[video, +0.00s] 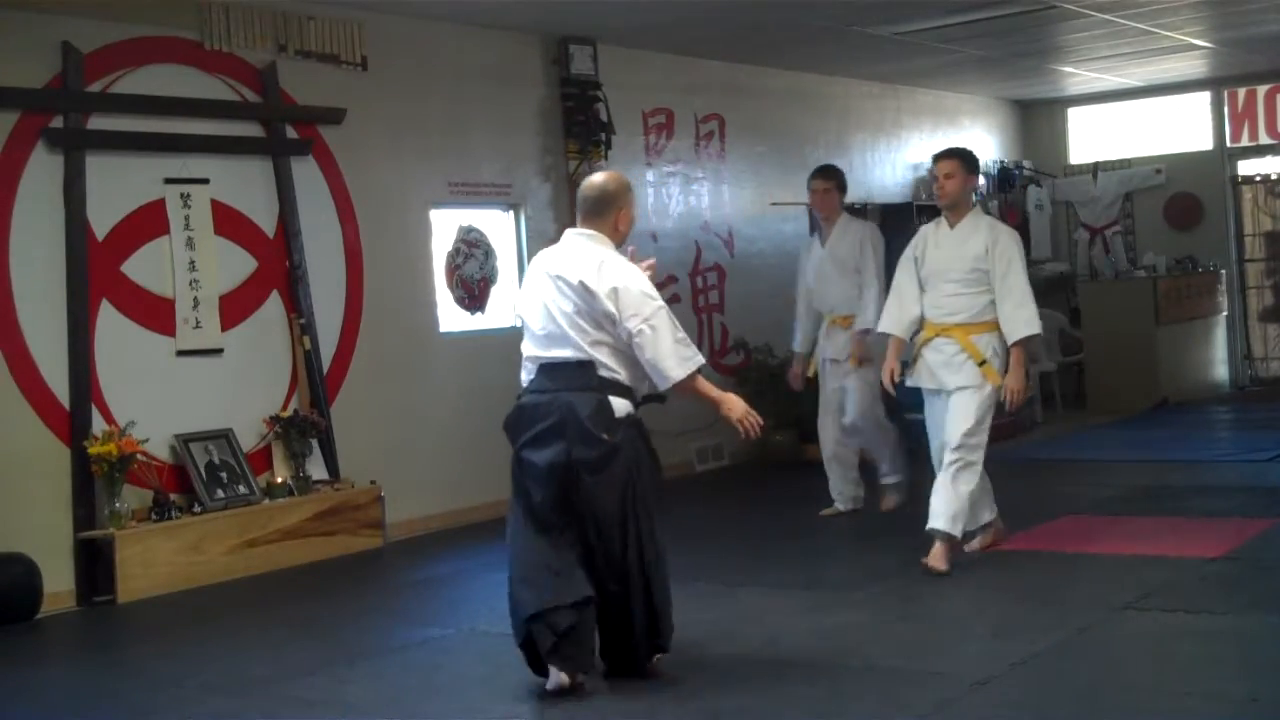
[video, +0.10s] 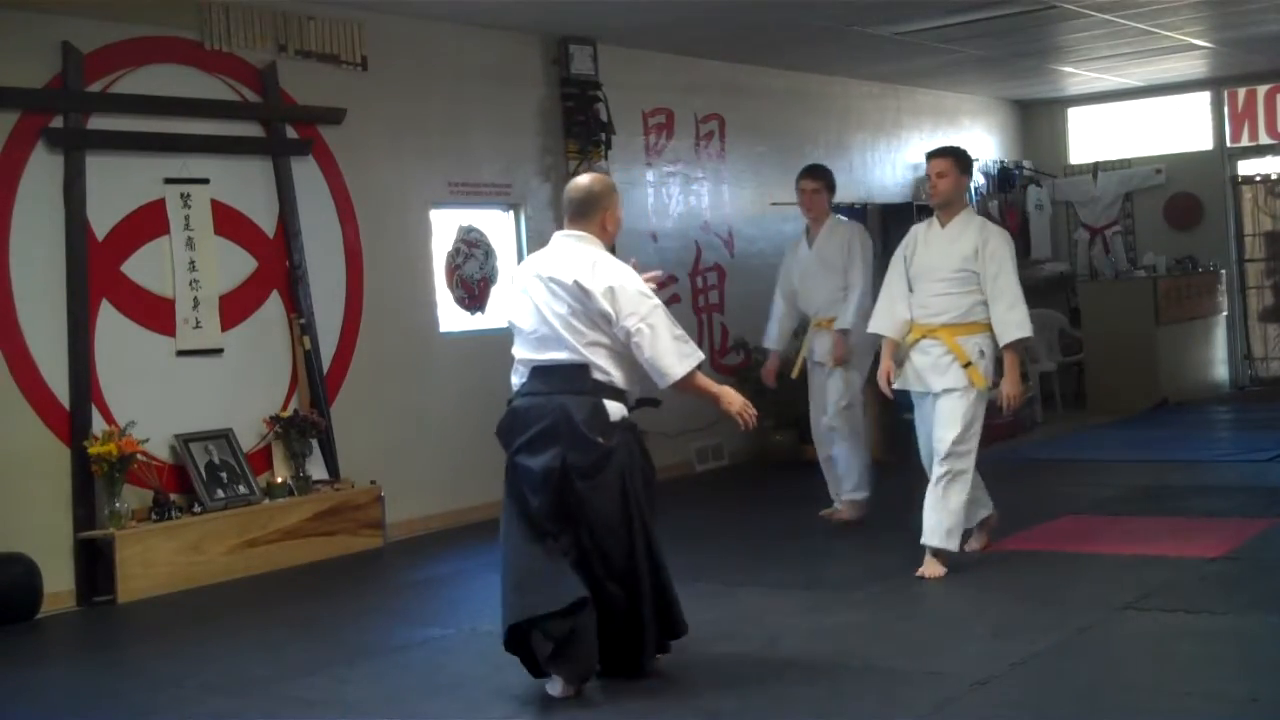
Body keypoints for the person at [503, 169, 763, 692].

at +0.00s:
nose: (633, 221)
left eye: (633, 214)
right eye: (632, 214)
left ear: (576, 212)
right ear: (622, 216)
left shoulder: (540, 263)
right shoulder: (618, 273)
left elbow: (566, 313)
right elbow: (665, 352)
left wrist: (629, 282)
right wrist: (721, 397)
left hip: (537, 410)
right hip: (599, 409)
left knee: (545, 536)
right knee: (621, 529)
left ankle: (560, 660)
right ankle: (631, 654)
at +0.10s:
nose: (619, 222)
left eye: (618, 213)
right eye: (619, 214)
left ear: (564, 215)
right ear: (609, 217)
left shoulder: (525, 269)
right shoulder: (612, 275)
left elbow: (558, 313)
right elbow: (667, 359)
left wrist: (626, 290)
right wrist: (720, 392)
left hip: (528, 415)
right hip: (592, 414)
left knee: (543, 543)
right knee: (611, 533)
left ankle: (561, 669)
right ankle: (627, 651)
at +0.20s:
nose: (610, 218)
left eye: (609, 208)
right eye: (609, 209)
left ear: (555, 214)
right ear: (598, 213)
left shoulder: (515, 267)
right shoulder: (604, 269)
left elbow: (506, 322)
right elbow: (655, 338)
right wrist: (714, 383)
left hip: (522, 412)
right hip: (588, 410)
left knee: (537, 542)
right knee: (612, 531)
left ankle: (558, 670)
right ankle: (631, 650)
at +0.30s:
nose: (606, 213)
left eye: (605, 204)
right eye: (605, 204)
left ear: (548, 211)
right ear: (593, 209)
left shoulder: (514, 266)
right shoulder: (603, 267)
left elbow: (512, 325)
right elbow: (652, 331)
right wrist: (707, 372)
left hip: (520, 411)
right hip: (587, 410)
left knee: (535, 542)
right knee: (613, 531)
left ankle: (559, 670)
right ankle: (629, 647)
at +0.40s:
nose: (607, 213)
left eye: (606, 204)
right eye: (605, 204)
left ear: (547, 210)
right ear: (593, 207)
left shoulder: (517, 266)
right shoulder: (606, 268)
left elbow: (501, 316)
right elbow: (656, 326)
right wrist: (704, 360)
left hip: (522, 414)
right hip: (587, 414)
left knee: (538, 540)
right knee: (621, 531)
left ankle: (559, 669)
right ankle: (650, 644)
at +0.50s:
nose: (611, 211)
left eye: (608, 201)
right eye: (609, 202)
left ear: (555, 210)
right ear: (597, 208)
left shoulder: (519, 266)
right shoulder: (614, 269)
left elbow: (500, 312)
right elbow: (665, 328)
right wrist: (709, 355)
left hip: (525, 415)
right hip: (591, 416)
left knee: (538, 539)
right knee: (630, 531)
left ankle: (554, 665)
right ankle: (667, 646)